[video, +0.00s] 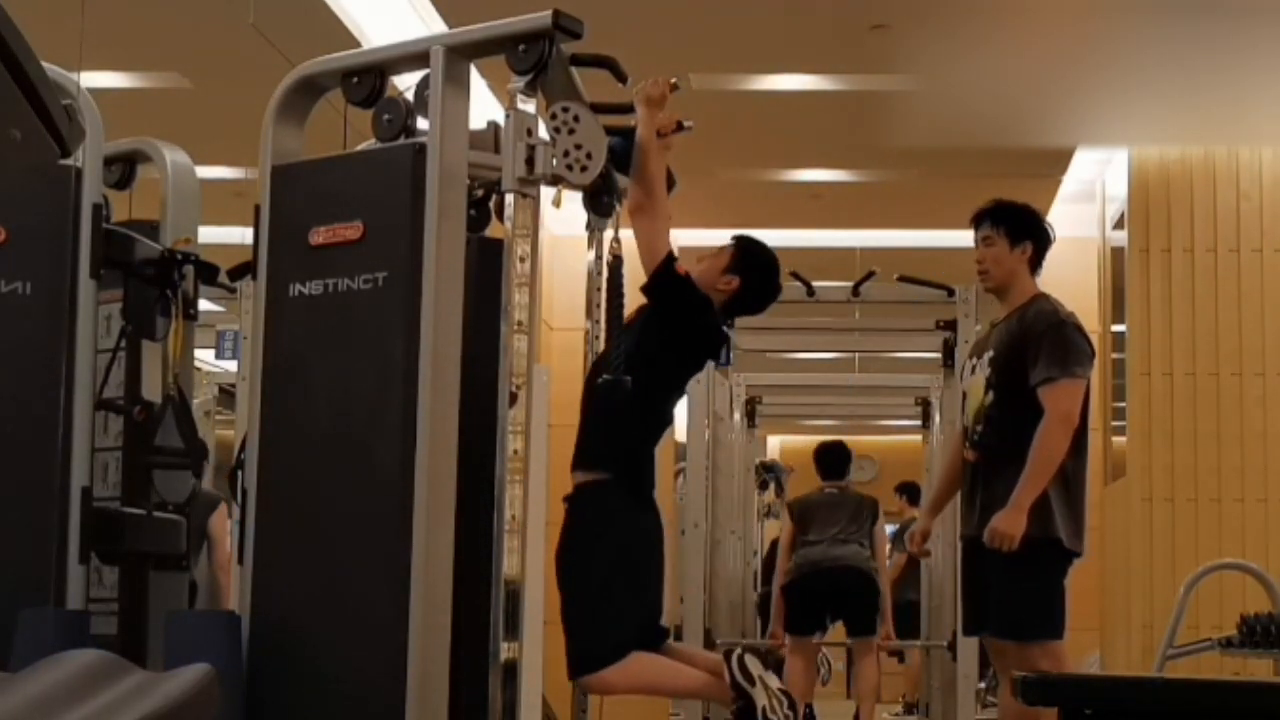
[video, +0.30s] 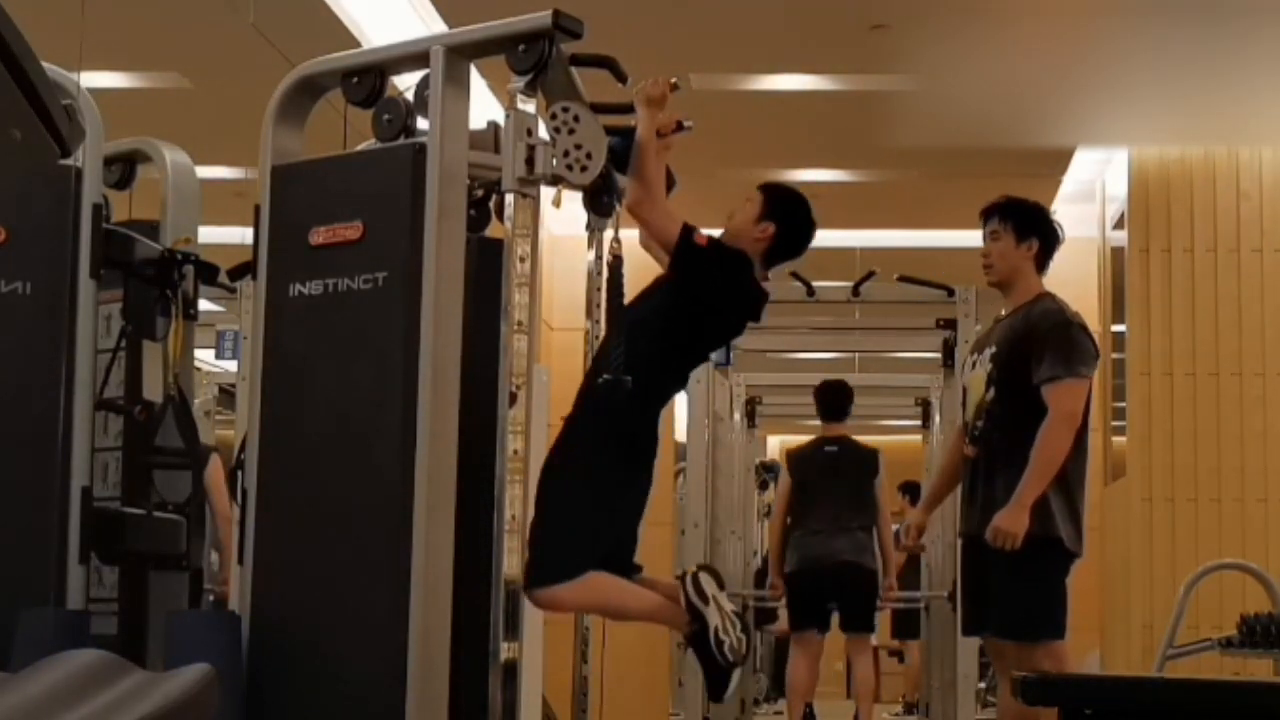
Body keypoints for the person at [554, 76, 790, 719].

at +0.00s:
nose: (694, 253)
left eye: (709, 253)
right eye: (708, 250)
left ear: (725, 280)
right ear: (726, 283)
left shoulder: (686, 315)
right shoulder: (683, 314)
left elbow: (645, 207)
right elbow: (646, 213)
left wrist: (645, 124)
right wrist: (657, 137)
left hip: (605, 510)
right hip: (620, 509)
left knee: (595, 668)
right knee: (634, 649)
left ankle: (730, 683)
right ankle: (738, 671)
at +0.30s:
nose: (735, 206)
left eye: (747, 202)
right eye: (743, 200)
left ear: (765, 227)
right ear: (772, 236)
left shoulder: (723, 268)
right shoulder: (734, 282)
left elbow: (646, 206)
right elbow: (649, 229)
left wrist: (645, 123)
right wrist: (659, 146)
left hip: (606, 421)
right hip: (626, 426)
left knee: (549, 585)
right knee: (594, 572)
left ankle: (684, 607)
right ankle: (692, 612)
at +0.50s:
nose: (738, 167)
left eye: (750, 159)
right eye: (746, 158)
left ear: (772, 178)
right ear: (782, 188)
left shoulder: (737, 220)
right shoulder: (757, 242)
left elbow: (643, 196)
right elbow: (655, 235)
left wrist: (646, 120)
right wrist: (658, 151)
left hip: (613, 376)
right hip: (640, 385)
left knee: (532, 513)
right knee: (583, 515)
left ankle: (648, 564)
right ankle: (655, 552)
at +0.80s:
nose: (711, 90)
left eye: (720, 80)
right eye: (717, 79)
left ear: (743, 92)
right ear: (759, 99)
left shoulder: (722, 145)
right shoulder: (746, 157)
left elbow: (642, 191)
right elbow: (665, 198)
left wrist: (644, 123)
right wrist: (660, 144)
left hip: (635, 302)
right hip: (660, 315)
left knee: (529, 434)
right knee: (574, 432)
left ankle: (614, 510)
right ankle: (627, 514)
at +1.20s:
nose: (704, 66)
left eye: (715, 56)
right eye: (711, 55)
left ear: (740, 69)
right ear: (751, 76)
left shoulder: (714, 128)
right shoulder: (728, 130)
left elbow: (651, 194)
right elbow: (661, 195)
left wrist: (647, 120)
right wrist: (659, 128)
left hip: (631, 292)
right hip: (650, 300)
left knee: (542, 431)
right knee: (587, 432)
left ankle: (648, 501)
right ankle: (658, 482)